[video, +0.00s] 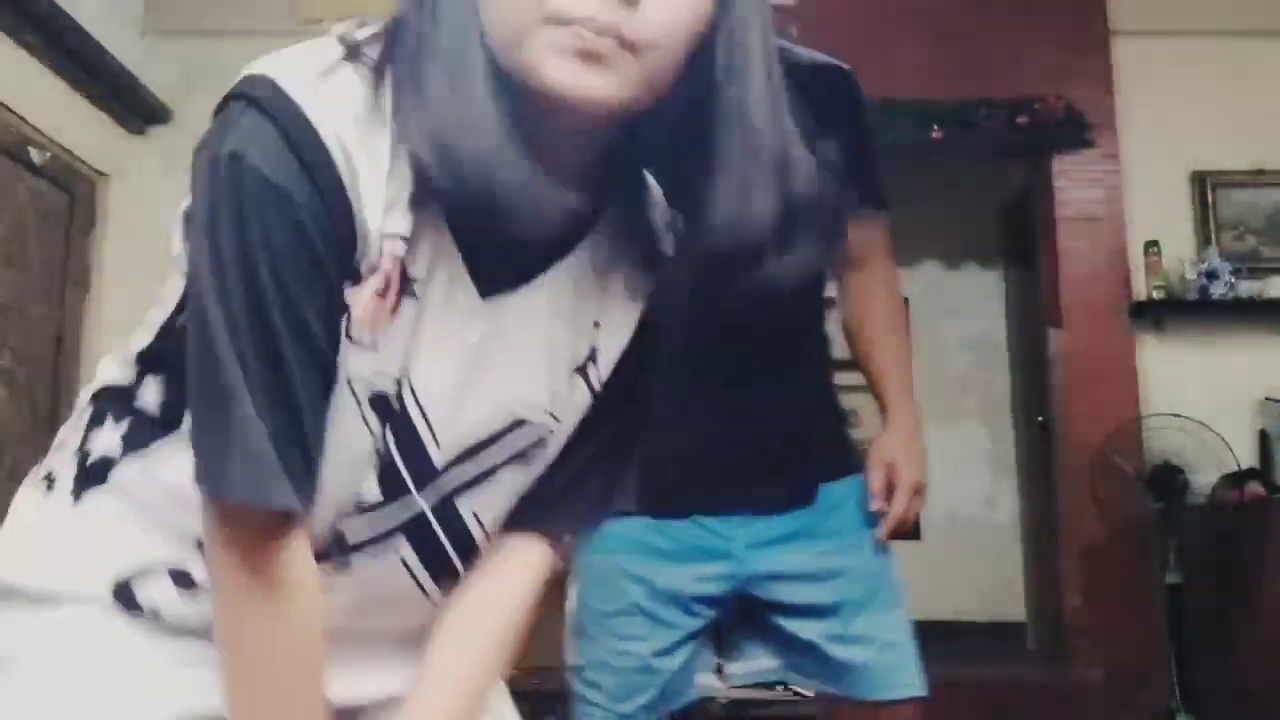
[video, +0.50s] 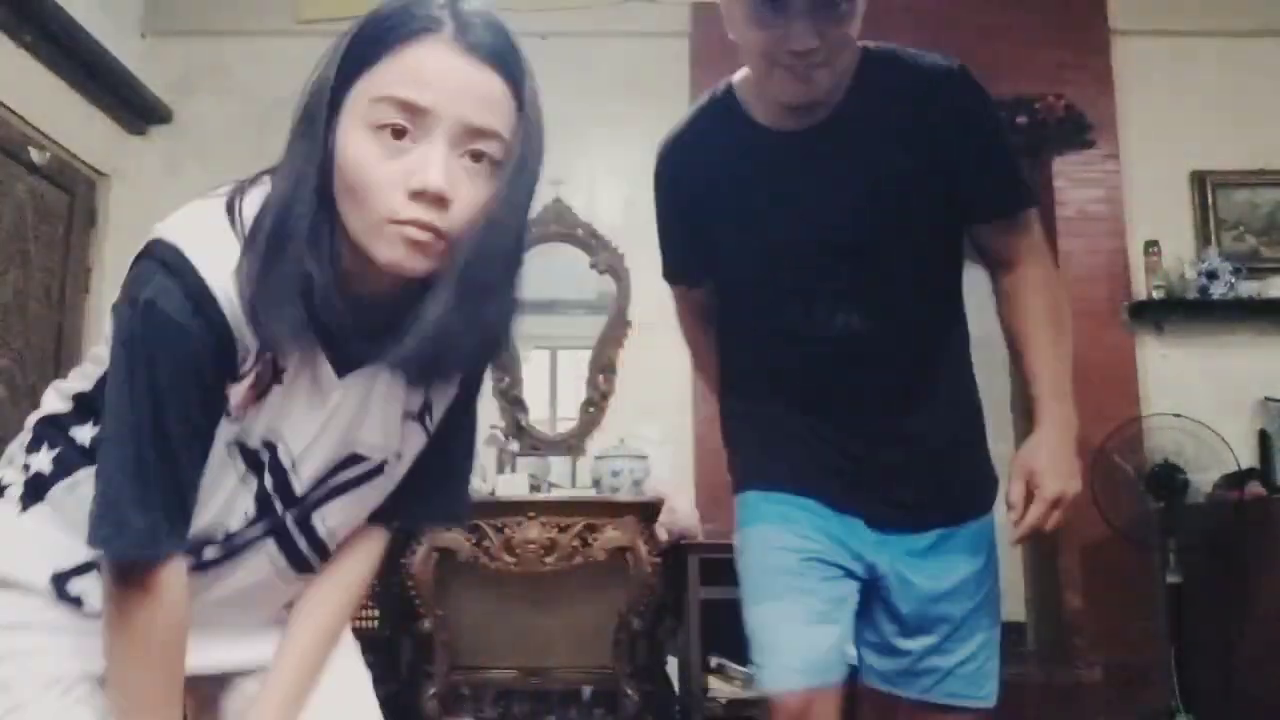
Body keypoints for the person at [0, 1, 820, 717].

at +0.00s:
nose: (615, 5)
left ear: (713, 32)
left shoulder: (653, 255)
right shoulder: (292, 139)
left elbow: (528, 541)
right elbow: (257, 540)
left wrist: (430, 712)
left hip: (391, 658)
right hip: (115, 635)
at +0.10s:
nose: (603, 0)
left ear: (700, 20)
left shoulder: (630, 209)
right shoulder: (292, 114)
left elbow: (501, 488)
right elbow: (227, 487)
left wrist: (374, 706)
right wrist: (249, 712)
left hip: (369, 601)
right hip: (112, 582)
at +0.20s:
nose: (565, 8)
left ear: (661, 31)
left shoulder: (584, 222)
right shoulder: (267, 149)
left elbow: (463, 487)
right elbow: (193, 492)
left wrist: (335, 702)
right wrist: (218, 707)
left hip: (333, 601)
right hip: (96, 584)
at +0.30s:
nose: (498, 93)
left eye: (548, 59)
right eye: (458, 39)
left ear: (591, 105)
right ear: (377, 52)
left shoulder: (536, 289)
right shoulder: (232, 239)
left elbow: (418, 532)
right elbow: (163, 564)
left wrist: (304, 711)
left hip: (308, 651)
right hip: (81, 645)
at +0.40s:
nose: (456, 165)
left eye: (502, 135)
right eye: (414, 113)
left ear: (535, 171)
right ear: (340, 122)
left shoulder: (482, 325)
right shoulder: (197, 293)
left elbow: (369, 552)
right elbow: (139, 604)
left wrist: (285, 710)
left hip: (267, 646)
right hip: (54, 633)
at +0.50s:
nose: (434, 183)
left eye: (479, 156)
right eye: (397, 131)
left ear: (509, 187)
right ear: (327, 129)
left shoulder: (459, 309)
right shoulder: (192, 280)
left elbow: (371, 528)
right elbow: (146, 572)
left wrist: (272, 707)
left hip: (276, 608)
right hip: (69, 597)